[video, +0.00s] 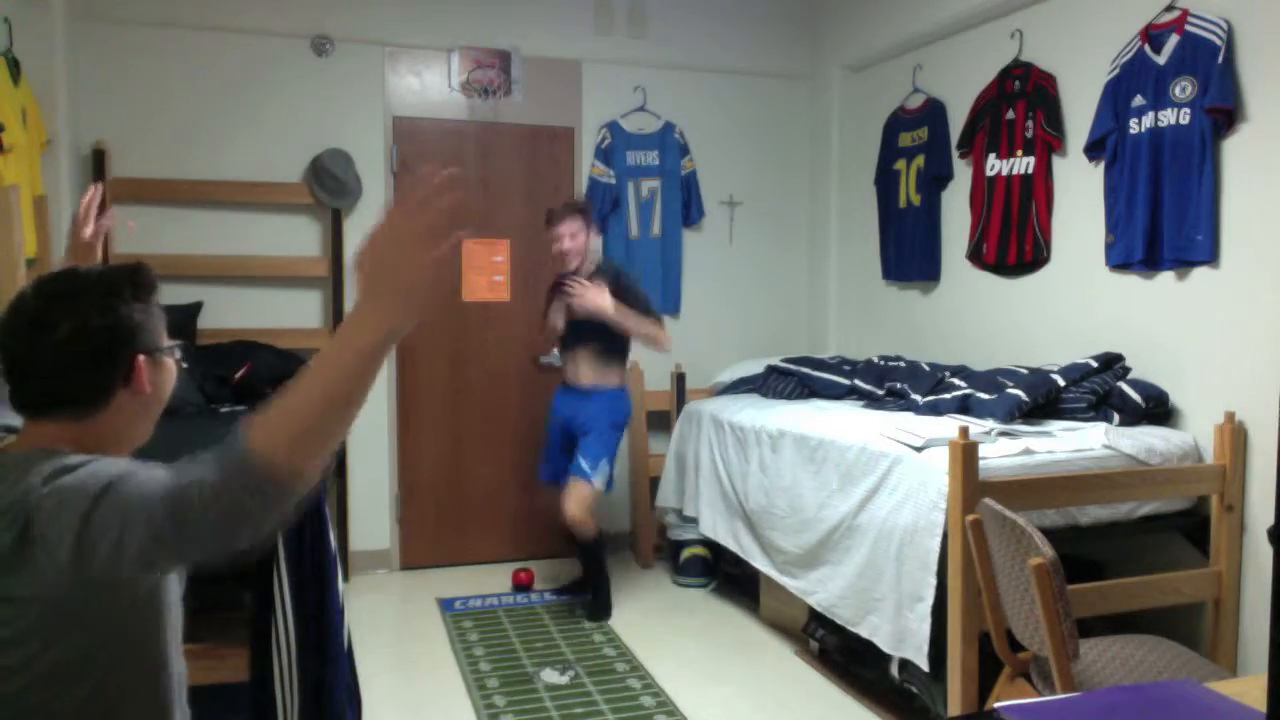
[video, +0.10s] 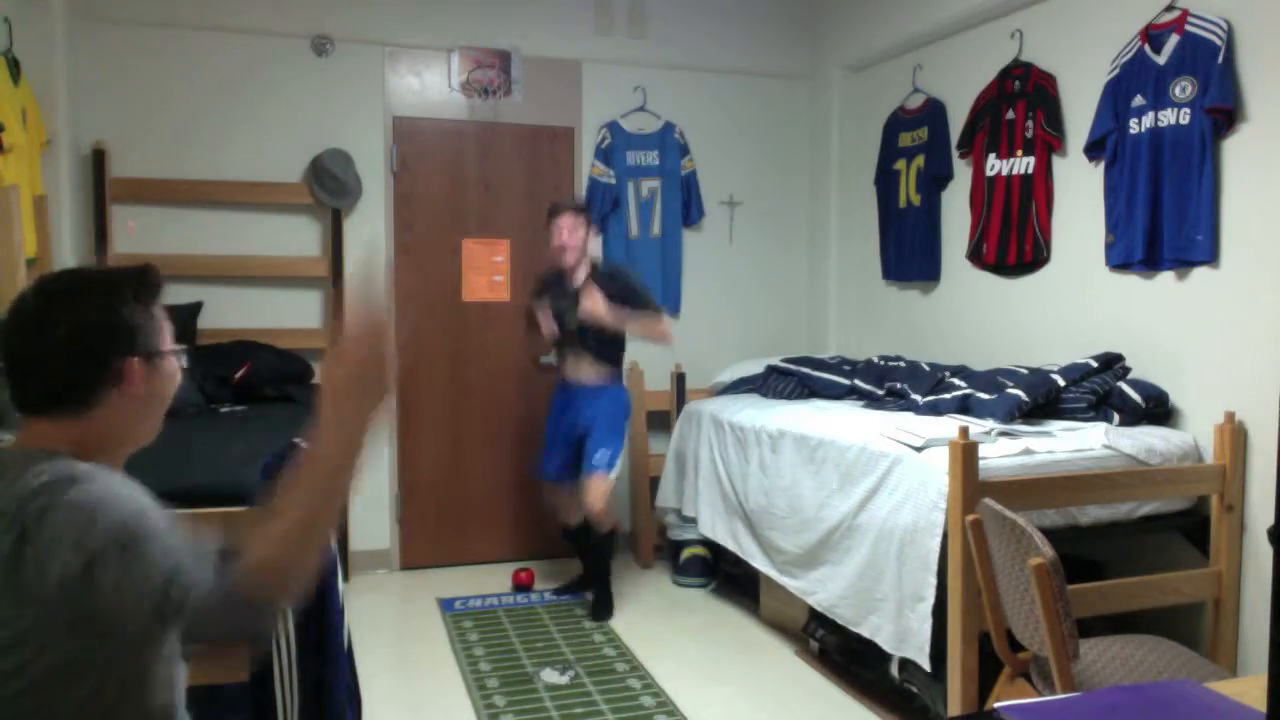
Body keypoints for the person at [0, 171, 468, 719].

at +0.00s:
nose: (175, 367)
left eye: (169, 349)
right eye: (169, 351)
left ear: (29, 366)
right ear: (138, 376)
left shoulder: (17, 477)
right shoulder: (86, 503)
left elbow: (44, 371)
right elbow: (254, 482)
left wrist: (73, 283)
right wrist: (379, 313)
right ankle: (318, 702)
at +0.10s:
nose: (181, 370)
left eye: (177, 354)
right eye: (171, 355)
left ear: (40, 368)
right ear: (133, 375)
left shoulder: (22, 483)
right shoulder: (92, 513)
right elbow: (249, 602)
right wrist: (345, 416)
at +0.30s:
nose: (137, 386)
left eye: (148, 359)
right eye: (101, 365)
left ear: (169, 361)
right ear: (16, 377)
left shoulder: (99, 480)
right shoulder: (16, 513)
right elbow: (26, 709)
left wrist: (204, 646)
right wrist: (239, 679)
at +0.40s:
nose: (101, 394)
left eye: (123, 366)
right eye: (67, 372)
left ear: (159, 368)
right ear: (9, 380)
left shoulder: (111, 482)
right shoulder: (10, 511)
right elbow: (6, 694)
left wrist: (172, 706)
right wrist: (74, 706)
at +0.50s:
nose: (66, 404)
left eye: (95, 375)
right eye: (32, 378)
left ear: (139, 374)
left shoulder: (108, 494)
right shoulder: (10, 512)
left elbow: (104, 640)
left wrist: (212, 711)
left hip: (101, 710)